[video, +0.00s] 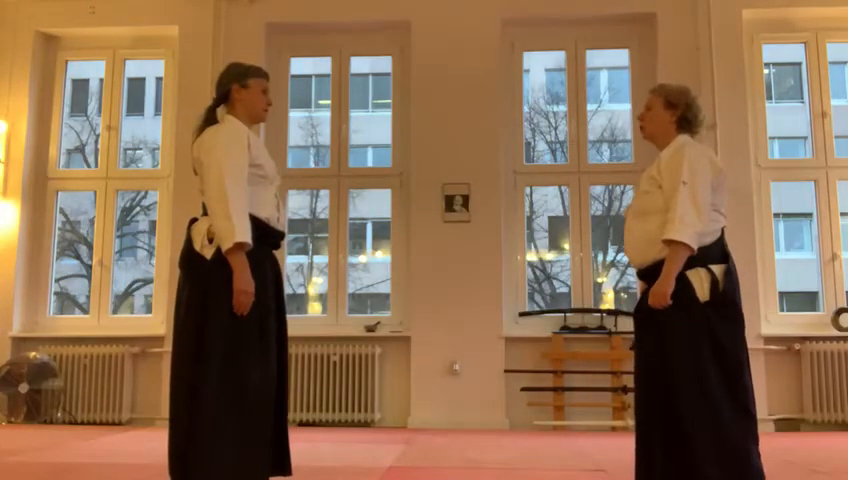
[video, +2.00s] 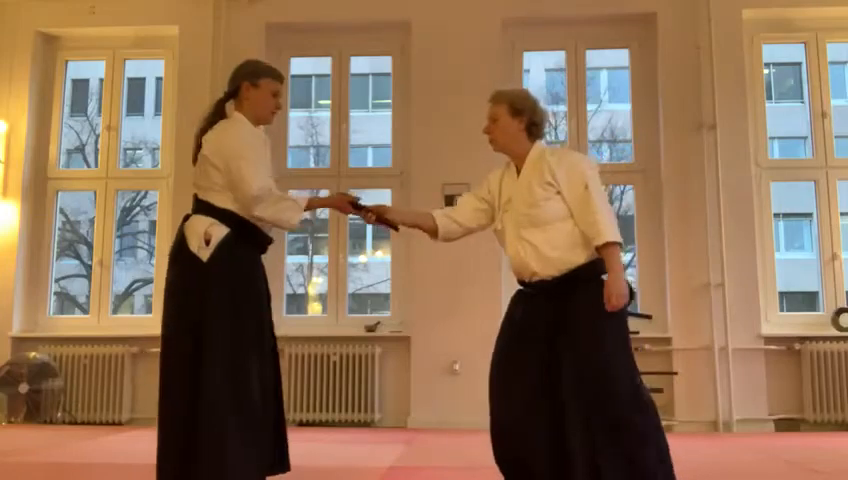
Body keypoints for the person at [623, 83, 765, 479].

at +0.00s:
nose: (641, 117)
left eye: (648, 109)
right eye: (643, 110)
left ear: (672, 113)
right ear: (668, 114)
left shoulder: (688, 152)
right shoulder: (671, 157)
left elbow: (688, 218)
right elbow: (677, 220)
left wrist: (667, 276)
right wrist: (654, 277)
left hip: (689, 282)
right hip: (667, 283)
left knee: (692, 394)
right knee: (668, 394)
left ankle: (703, 475)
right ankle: (676, 474)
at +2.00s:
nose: (486, 131)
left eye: (493, 121)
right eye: (487, 122)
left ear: (521, 122)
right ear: (509, 125)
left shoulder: (567, 164)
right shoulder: (498, 185)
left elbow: (599, 217)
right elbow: (447, 222)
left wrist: (615, 273)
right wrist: (390, 216)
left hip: (586, 289)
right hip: (534, 300)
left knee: (604, 393)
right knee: (514, 392)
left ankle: (638, 472)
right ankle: (534, 472)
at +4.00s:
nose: (608, 127)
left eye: (616, 119)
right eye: (611, 119)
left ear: (638, 125)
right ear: (638, 127)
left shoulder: (650, 162)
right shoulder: (636, 166)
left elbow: (620, 232)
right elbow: (614, 240)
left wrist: (567, 281)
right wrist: (580, 294)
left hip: (650, 298)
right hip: (637, 296)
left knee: (578, 376)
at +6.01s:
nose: (528, 138)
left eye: (530, 127)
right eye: (527, 129)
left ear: (552, 117)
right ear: (577, 119)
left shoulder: (545, 152)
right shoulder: (608, 155)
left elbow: (510, 222)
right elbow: (582, 241)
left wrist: (464, 267)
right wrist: (514, 287)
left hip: (603, 267)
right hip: (659, 262)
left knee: (535, 390)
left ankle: (517, 471)